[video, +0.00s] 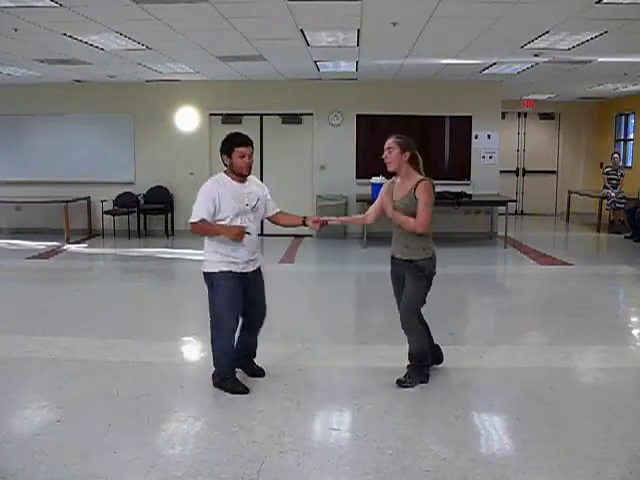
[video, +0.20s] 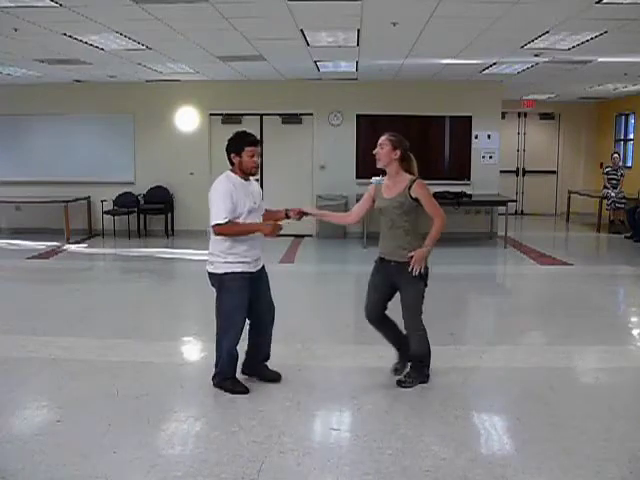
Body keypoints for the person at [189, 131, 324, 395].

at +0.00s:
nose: (248, 160)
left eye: (250, 155)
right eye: (242, 156)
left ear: (252, 157)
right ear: (226, 158)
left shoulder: (257, 187)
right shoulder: (212, 187)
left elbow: (275, 216)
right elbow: (197, 225)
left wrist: (306, 220)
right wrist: (225, 231)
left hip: (250, 266)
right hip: (221, 268)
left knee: (256, 314)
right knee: (225, 321)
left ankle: (244, 358)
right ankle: (223, 375)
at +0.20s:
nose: (256, 161)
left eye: (257, 156)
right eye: (251, 156)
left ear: (257, 157)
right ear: (234, 158)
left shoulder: (254, 185)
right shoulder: (223, 186)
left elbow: (258, 215)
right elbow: (220, 227)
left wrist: (286, 214)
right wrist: (260, 228)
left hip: (254, 267)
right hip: (229, 269)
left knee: (264, 316)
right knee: (231, 325)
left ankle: (255, 365)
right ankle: (224, 376)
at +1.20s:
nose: (262, 158)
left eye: (264, 153)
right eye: (255, 153)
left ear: (267, 154)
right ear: (241, 156)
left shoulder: (259, 184)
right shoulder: (234, 184)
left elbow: (265, 216)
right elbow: (243, 223)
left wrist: (289, 202)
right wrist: (284, 232)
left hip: (256, 265)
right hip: (234, 267)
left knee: (261, 319)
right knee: (239, 325)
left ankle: (259, 370)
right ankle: (234, 382)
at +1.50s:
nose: (235, 161)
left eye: (238, 156)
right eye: (229, 156)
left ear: (240, 157)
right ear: (214, 158)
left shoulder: (238, 186)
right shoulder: (203, 189)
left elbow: (246, 220)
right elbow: (200, 233)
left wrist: (267, 202)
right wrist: (237, 257)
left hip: (235, 271)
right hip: (210, 273)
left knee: (246, 321)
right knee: (208, 330)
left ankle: (257, 369)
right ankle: (203, 379)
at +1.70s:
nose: (220, 163)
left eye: (223, 157)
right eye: (214, 158)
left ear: (227, 158)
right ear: (199, 161)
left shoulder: (231, 188)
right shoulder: (186, 189)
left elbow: (247, 219)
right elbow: (167, 228)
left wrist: (276, 222)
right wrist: (195, 261)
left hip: (227, 272)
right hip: (196, 275)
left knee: (239, 320)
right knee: (199, 330)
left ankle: (243, 369)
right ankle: (203, 380)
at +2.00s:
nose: (218, 162)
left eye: (222, 156)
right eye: (211, 157)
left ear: (226, 156)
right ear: (198, 159)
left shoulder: (234, 189)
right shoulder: (181, 189)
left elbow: (259, 216)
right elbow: (155, 219)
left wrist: (293, 213)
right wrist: (146, 249)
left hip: (221, 271)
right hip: (191, 272)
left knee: (212, 325)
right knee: (200, 327)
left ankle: (213, 370)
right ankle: (202, 379)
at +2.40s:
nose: (235, 163)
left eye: (238, 157)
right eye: (229, 158)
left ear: (240, 157)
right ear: (213, 159)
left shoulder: (228, 187)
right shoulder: (205, 187)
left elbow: (230, 219)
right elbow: (208, 230)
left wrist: (260, 216)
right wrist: (249, 240)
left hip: (229, 270)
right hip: (206, 273)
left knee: (241, 316)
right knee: (211, 327)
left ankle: (223, 364)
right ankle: (201, 382)